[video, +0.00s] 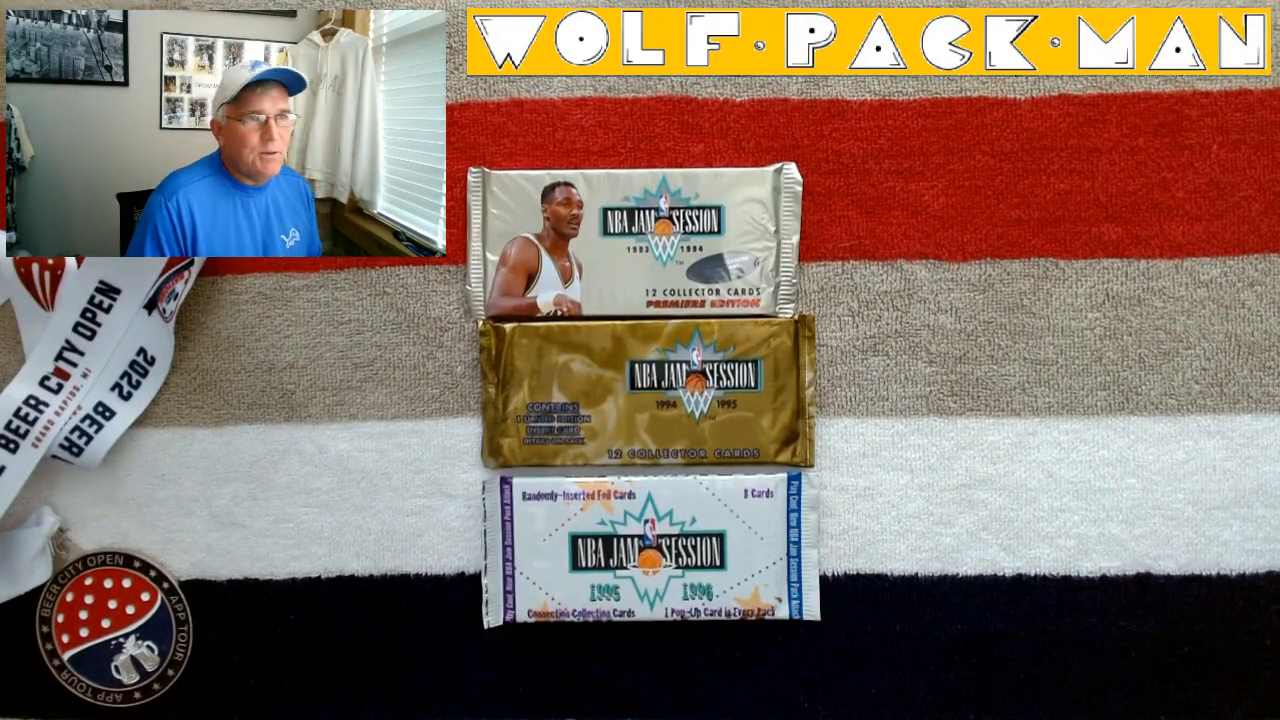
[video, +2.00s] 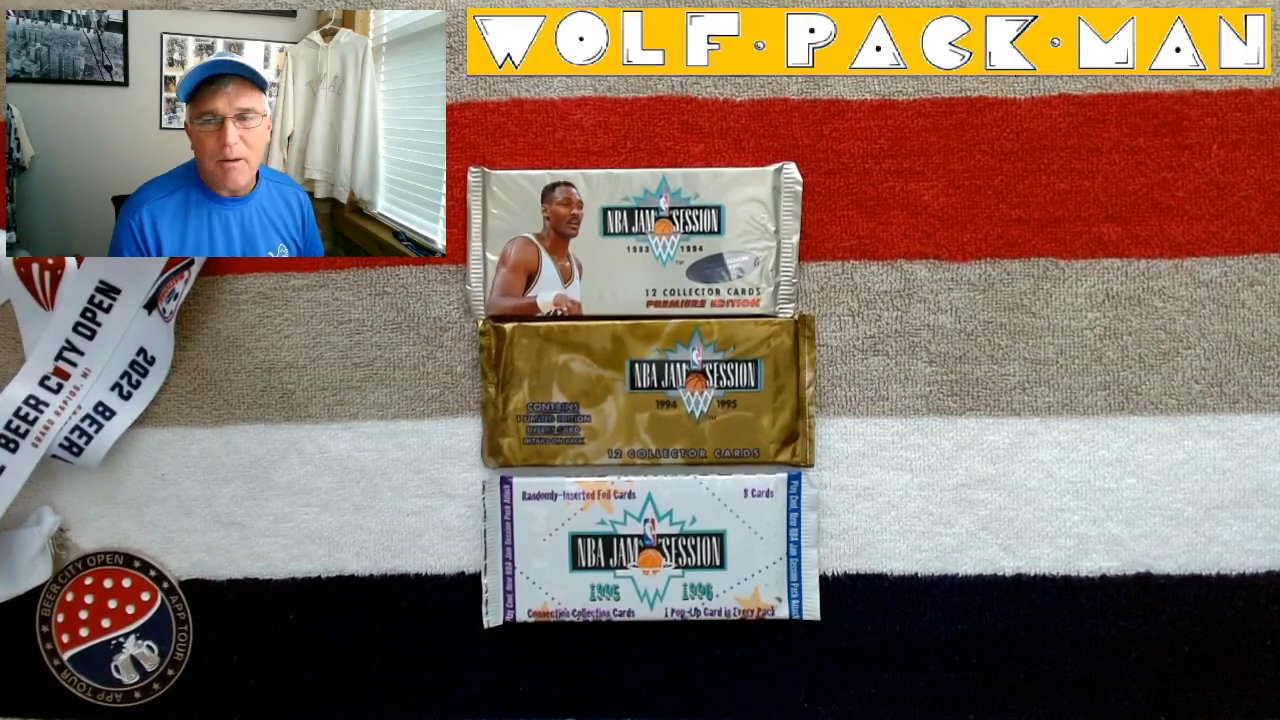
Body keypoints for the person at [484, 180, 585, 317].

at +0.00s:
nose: (576, 213)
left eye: (580, 206)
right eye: (566, 205)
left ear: (583, 211)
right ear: (545, 211)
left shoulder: (575, 265)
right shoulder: (521, 249)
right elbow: (495, 307)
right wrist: (550, 301)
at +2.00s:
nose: (576, 213)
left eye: (580, 206)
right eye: (566, 204)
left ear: (583, 211)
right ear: (546, 211)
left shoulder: (575, 266)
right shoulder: (521, 249)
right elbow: (495, 307)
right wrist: (551, 300)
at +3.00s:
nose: (576, 213)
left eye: (580, 207)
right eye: (566, 205)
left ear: (583, 211)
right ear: (545, 211)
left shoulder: (575, 266)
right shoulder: (521, 249)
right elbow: (494, 307)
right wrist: (550, 301)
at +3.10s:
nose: (576, 213)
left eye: (579, 207)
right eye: (566, 205)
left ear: (583, 211)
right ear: (545, 211)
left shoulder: (575, 266)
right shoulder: (521, 250)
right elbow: (495, 308)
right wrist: (550, 301)